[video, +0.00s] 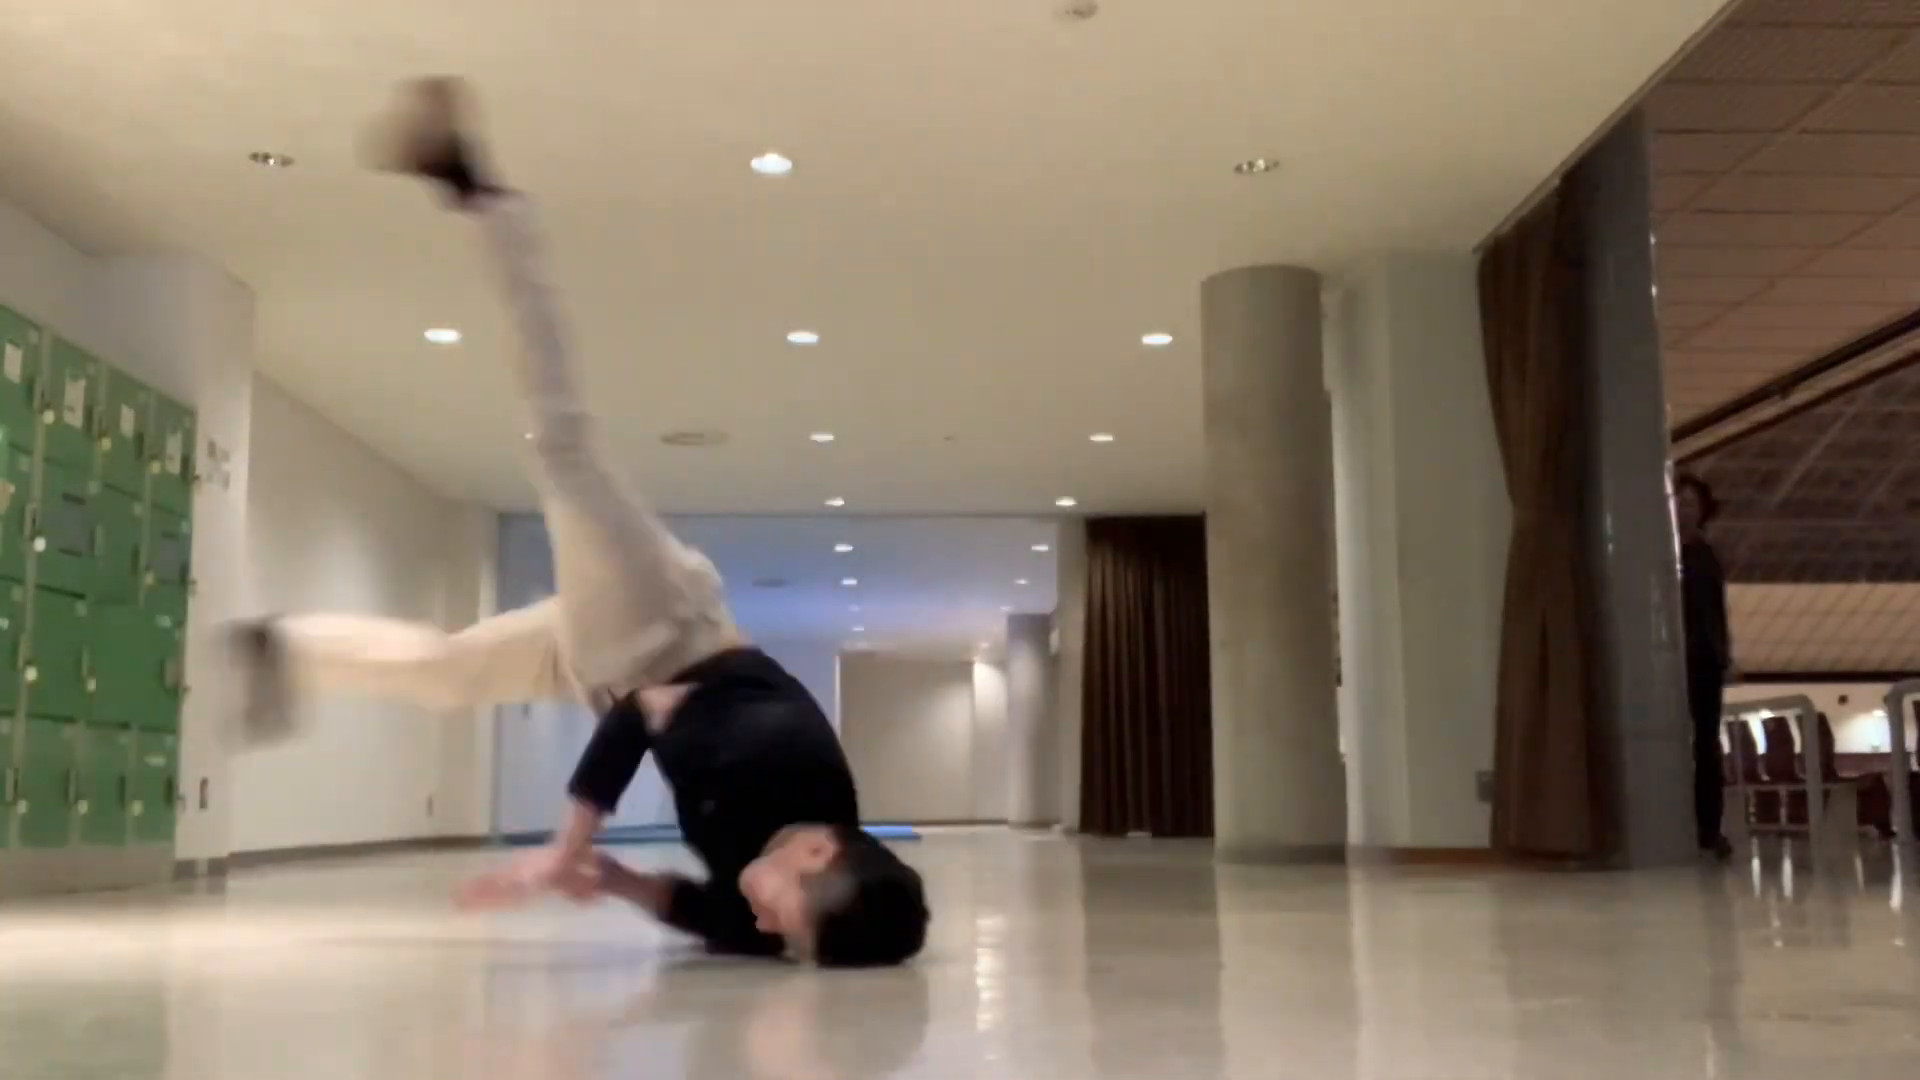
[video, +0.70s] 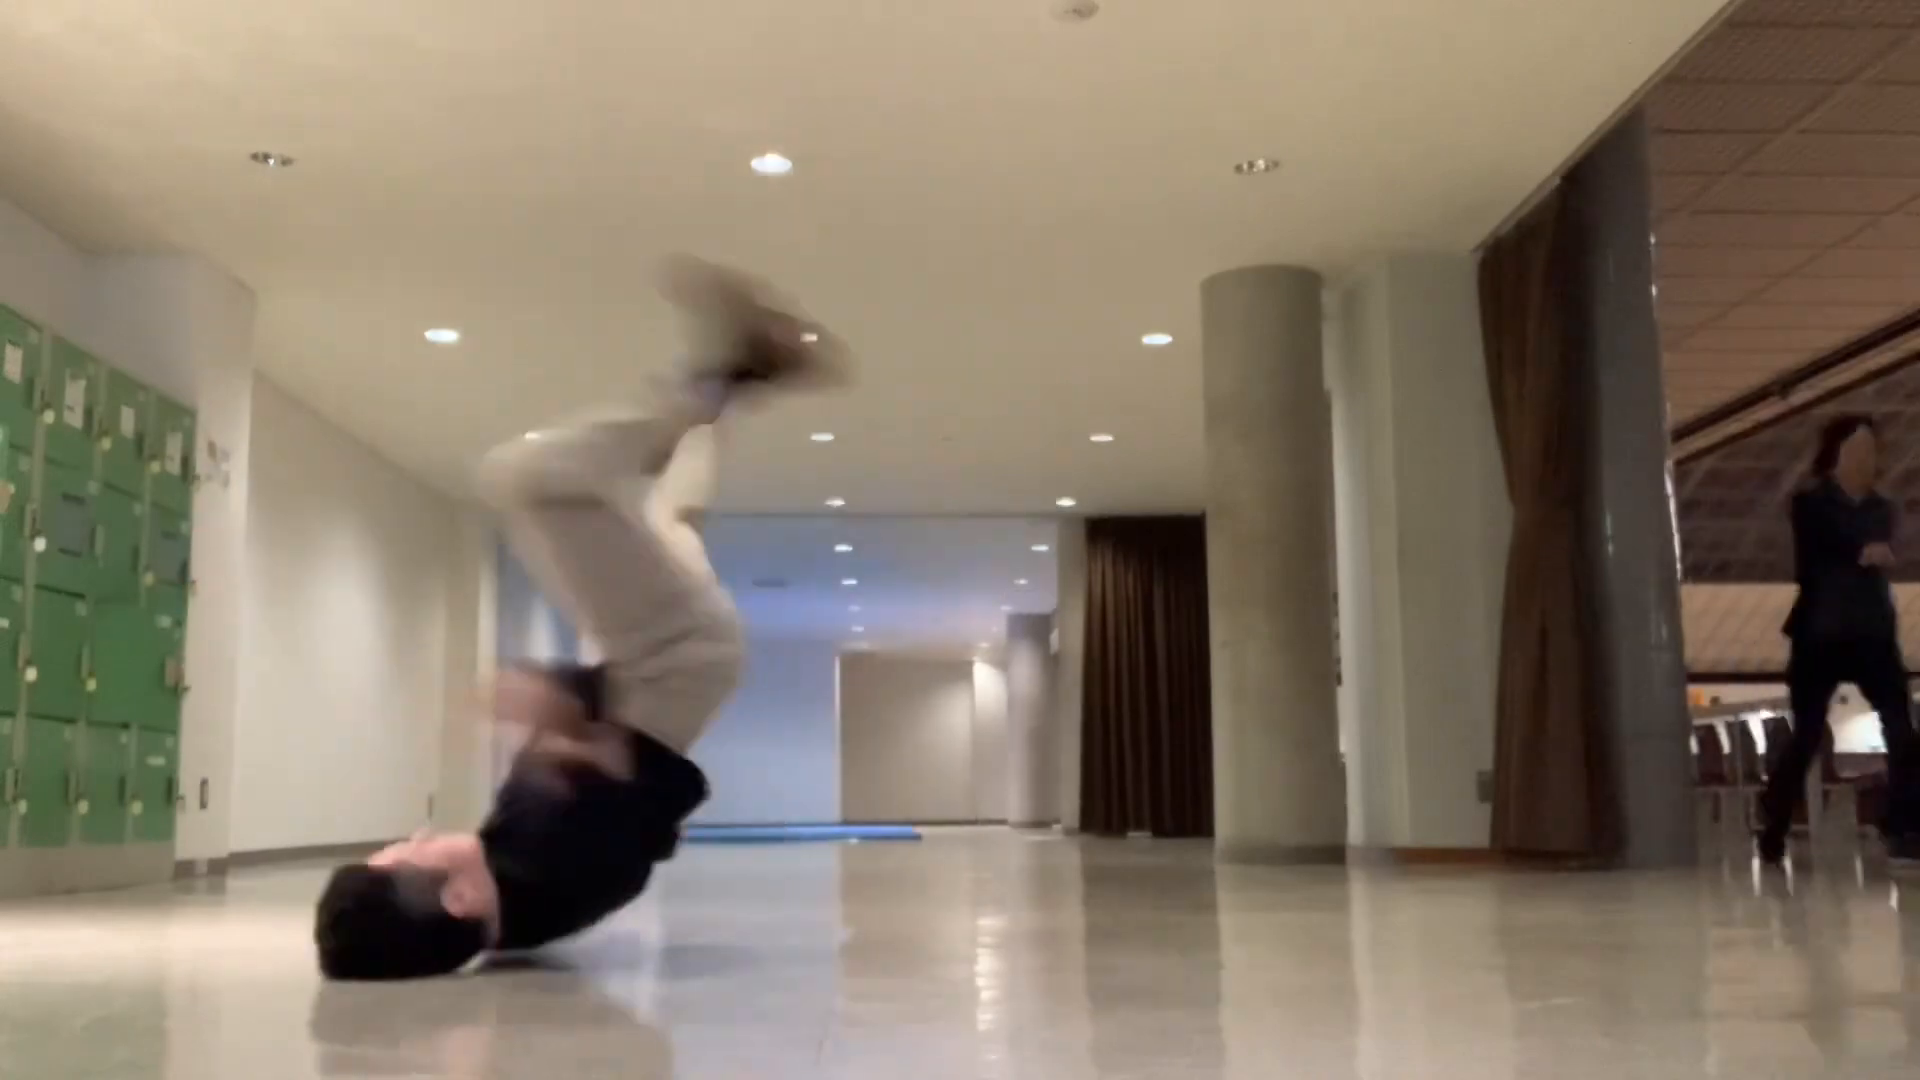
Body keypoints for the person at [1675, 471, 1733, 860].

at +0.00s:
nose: (1681, 511)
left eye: (1689, 504)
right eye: (1678, 502)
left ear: (1702, 512)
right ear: (1669, 508)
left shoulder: (1703, 556)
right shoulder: (1663, 554)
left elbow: (1714, 612)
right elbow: (1714, 614)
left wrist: (1721, 656)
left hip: (1702, 661)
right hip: (1673, 660)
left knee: (1705, 746)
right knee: (1686, 744)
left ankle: (1708, 831)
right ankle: (1688, 830)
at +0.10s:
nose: (1703, 511)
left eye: (1710, 503)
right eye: (1695, 503)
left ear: (1719, 508)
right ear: (1680, 506)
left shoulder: (1726, 551)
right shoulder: (1666, 548)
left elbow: (1751, 594)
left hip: (1718, 657)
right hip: (1673, 657)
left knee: (1712, 744)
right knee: (1680, 740)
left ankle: (1709, 829)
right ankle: (1682, 828)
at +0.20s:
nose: (1723, 509)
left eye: (1730, 501)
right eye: (1715, 500)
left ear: (1741, 509)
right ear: (1699, 507)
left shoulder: (1747, 554)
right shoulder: (1682, 554)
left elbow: (1782, 579)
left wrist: (1817, 602)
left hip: (1740, 660)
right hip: (1694, 661)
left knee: (1725, 742)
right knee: (1729, 742)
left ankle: (1708, 819)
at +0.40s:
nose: (1773, 486)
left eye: (1780, 477)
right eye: (1764, 477)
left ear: (1791, 485)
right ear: (1746, 484)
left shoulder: (1796, 537)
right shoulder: (1724, 538)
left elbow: (1826, 585)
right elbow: (1697, 592)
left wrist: (1852, 628)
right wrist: (1684, 638)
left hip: (1778, 657)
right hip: (1734, 657)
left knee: (1789, 741)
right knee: (1763, 742)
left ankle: (1764, 823)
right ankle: (1762, 837)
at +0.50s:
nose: (1802, 472)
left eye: (1809, 463)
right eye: (1793, 461)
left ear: (1817, 473)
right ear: (1772, 467)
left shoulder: (1819, 521)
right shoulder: (1750, 517)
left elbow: (1827, 585)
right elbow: (1741, 577)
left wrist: (1829, 637)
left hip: (1805, 641)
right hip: (1756, 642)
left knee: (1827, 728)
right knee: (1759, 734)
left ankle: (1825, 824)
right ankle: (1762, 833)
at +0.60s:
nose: (1835, 465)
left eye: (1840, 457)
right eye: (1825, 455)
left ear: (1845, 467)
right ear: (1803, 460)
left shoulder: (1845, 516)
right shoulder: (1779, 510)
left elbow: (1841, 571)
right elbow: (1778, 573)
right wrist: (1823, 573)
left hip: (1830, 639)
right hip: (1780, 638)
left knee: (1862, 734)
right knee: (1771, 736)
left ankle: (1895, 827)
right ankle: (1765, 834)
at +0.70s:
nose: (1865, 460)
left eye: (1870, 450)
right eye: (1856, 449)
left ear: (1877, 455)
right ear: (1835, 453)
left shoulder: (1878, 507)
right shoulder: (1809, 500)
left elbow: (1885, 557)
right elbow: (1815, 558)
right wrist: (1862, 553)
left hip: (1872, 636)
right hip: (1818, 636)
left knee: (1903, 734)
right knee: (1807, 736)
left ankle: (1903, 834)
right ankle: (1773, 832)